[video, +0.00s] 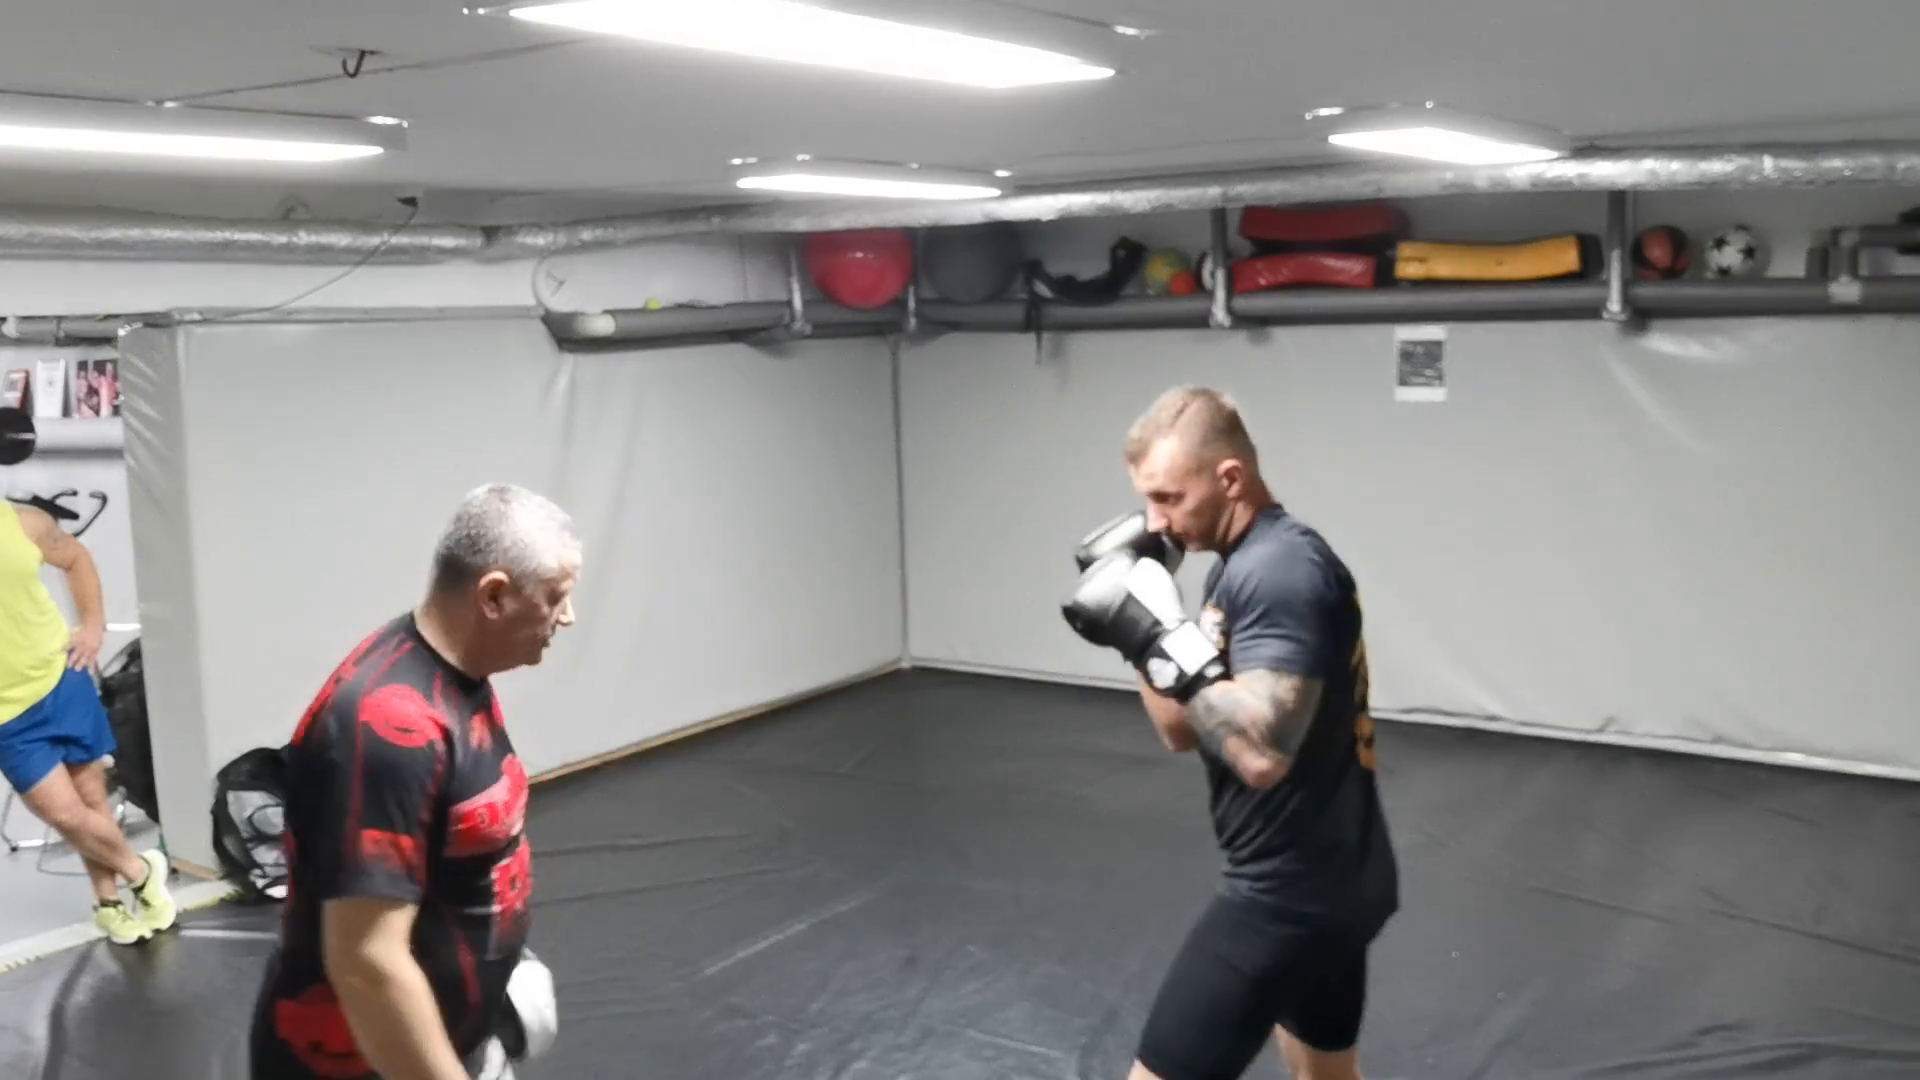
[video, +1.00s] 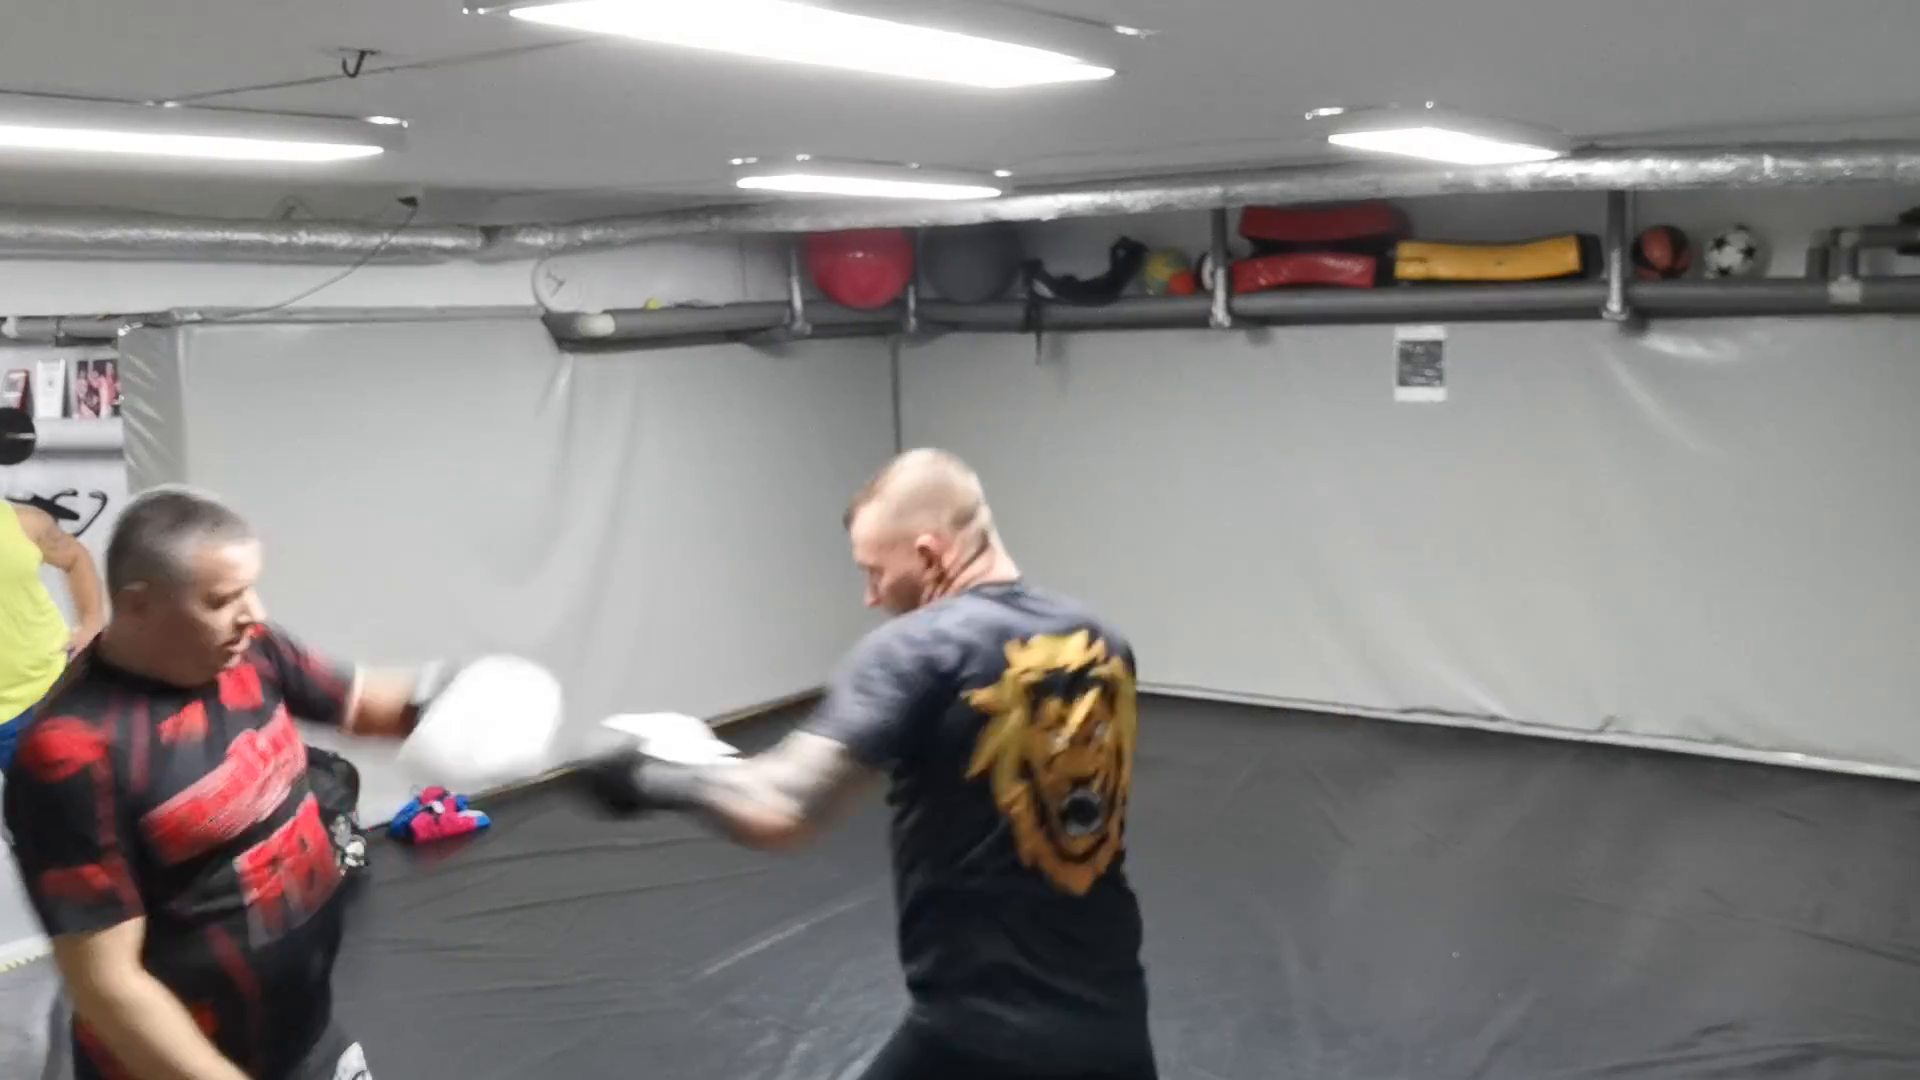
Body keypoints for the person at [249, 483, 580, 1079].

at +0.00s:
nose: (567, 618)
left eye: (568, 598)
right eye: (557, 598)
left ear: (494, 598)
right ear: (494, 597)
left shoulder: (455, 674)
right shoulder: (388, 720)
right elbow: (366, 960)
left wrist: (501, 961)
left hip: (440, 1035)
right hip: (362, 1060)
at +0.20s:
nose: (548, 633)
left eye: (548, 612)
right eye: (533, 613)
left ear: (470, 611)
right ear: (469, 609)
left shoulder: (466, 685)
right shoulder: (337, 712)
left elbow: (499, 835)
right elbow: (297, 931)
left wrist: (576, 977)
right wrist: (381, 1072)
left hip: (403, 1030)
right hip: (291, 1048)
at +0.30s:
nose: (501, 615)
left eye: (502, 592)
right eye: (485, 594)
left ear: (420, 592)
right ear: (418, 590)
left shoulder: (432, 676)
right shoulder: (295, 704)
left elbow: (517, 796)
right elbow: (269, 925)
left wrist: (640, 873)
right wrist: (352, 1070)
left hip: (385, 1029)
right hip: (278, 1051)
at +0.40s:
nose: (451, 611)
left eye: (451, 589)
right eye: (433, 593)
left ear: (374, 591)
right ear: (362, 589)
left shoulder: (393, 669)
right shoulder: (250, 708)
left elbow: (506, 734)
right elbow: (239, 935)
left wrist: (630, 705)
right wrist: (338, 1072)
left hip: (370, 1036)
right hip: (260, 1056)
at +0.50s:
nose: (406, 618)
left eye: (405, 597)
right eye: (387, 601)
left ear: (319, 601)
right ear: (317, 600)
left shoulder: (342, 665)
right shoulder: (214, 726)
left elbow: (469, 700)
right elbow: (213, 958)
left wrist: (513, 599)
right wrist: (304, 1071)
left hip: (343, 1038)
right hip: (233, 1057)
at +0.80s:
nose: (339, 623)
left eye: (337, 600)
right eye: (314, 605)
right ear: (236, 605)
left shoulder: (291, 657)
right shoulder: (147, 727)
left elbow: (430, 688)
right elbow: (153, 965)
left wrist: (479, 612)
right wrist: (256, 1075)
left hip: (303, 1036)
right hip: (189, 1058)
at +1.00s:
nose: (251, 617)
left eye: (250, 593)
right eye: (224, 600)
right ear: (139, 603)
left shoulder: (252, 651)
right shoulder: (68, 751)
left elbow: (367, 701)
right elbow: (105, 982)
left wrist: (469, 704)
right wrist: (226, 1073)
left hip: (301, 1029)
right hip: (181, 1058)